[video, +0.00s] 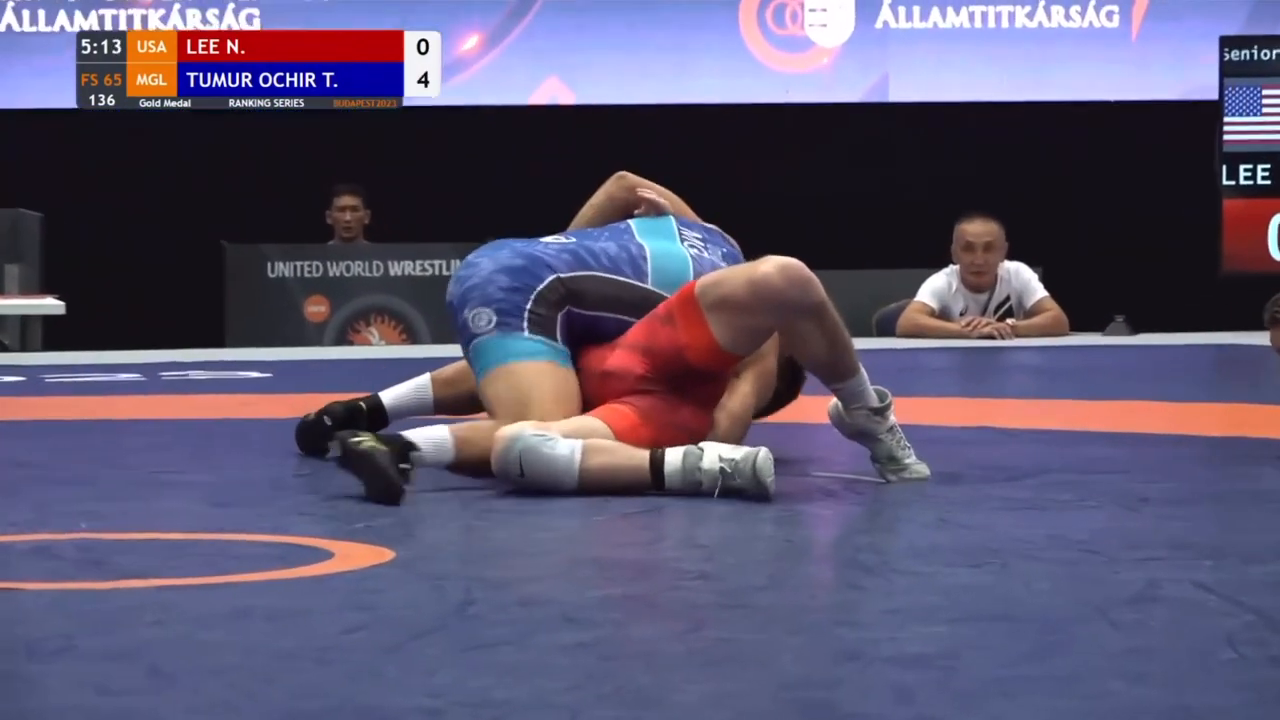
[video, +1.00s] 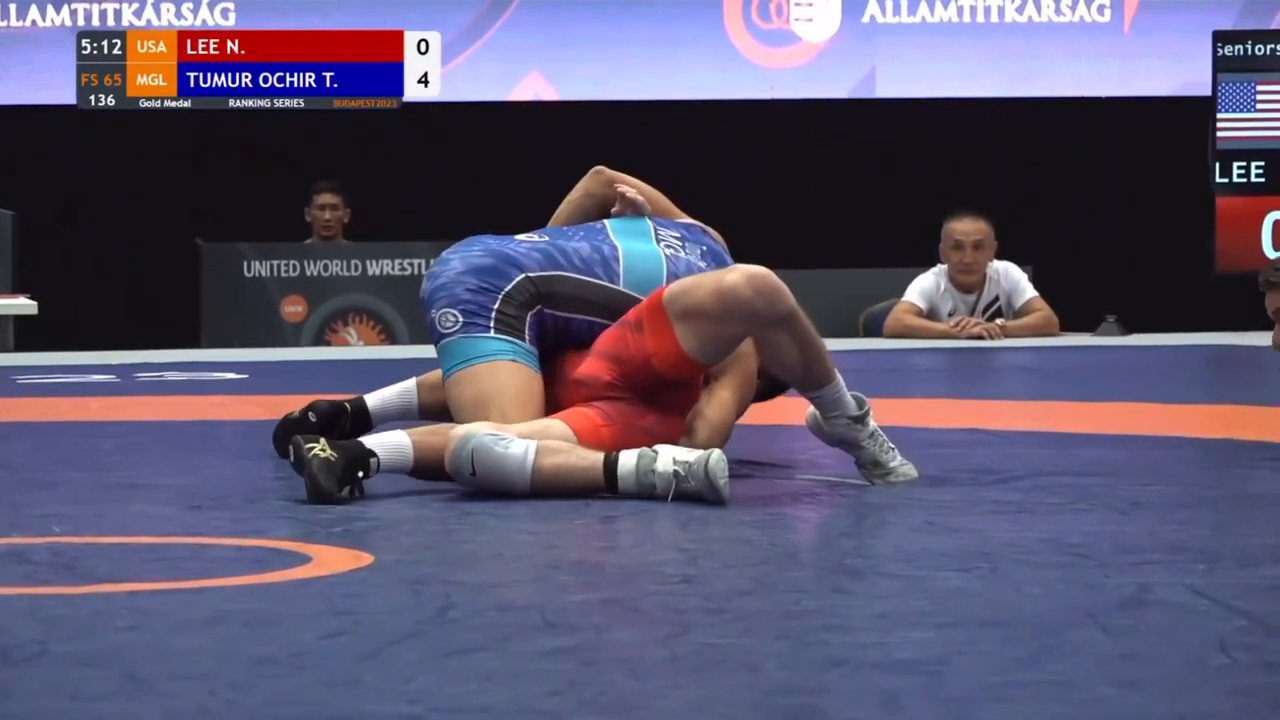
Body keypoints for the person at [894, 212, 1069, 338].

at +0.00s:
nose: (978, 259)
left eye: (989, 249)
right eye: (968, 249)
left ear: (1004, 251)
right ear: (953, 251)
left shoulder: (1018, 274)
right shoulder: (941, 282)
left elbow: (1059, 323)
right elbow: (907, 325)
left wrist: (1006, 328)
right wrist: (970, 330)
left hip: (1010, 371)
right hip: (953, 372)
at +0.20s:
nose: (977, 257)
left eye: (988, 246)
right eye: (967, 246)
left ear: (1003, 248)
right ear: (951, 249)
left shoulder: (1018, 272)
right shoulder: (939, 280)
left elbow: (1059, 322)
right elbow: (904, 323)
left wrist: (1005, 327)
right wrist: (967, 329)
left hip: (1010, 370)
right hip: (952, 371)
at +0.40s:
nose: (972, 257)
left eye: (983, 246)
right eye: (963, 246)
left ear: (998, 248)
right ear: (947, 249)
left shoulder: (1013, 272)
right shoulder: (935, 280)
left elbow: (1054, 321)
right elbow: (900, 323)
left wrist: (1001, 327)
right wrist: (964, 329)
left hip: (1005, 371)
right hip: (947, 372)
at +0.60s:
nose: (969, 257)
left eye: (980, 246)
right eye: (960, 246)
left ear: (995, 248)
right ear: (944, 249)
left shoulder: (1010, 272)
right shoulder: (932, 280)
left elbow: (1051, 322)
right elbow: (897, 323)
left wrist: (998, 326)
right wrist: (959, 329)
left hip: (1003, 370)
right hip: (944, 372)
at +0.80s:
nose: (968, 257)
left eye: (978, 246)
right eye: (958, 247)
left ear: (994, 248)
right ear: (942, 249)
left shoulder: (1008, 273)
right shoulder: (930, 280)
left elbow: (1049, 322)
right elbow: (895, 323)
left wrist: (996, 327)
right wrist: (958, 329)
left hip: (1001, 371)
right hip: (943, 372)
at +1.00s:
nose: (967, 258)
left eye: (978, 248)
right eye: (957, 248)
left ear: (993, 250)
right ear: (942, 251)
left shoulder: (1008, 274)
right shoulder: (929, 282)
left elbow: (1049, 323)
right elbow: (895, 325)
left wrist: (996, 328)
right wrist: (957, 330)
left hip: (1001, 372)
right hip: (942, 374)